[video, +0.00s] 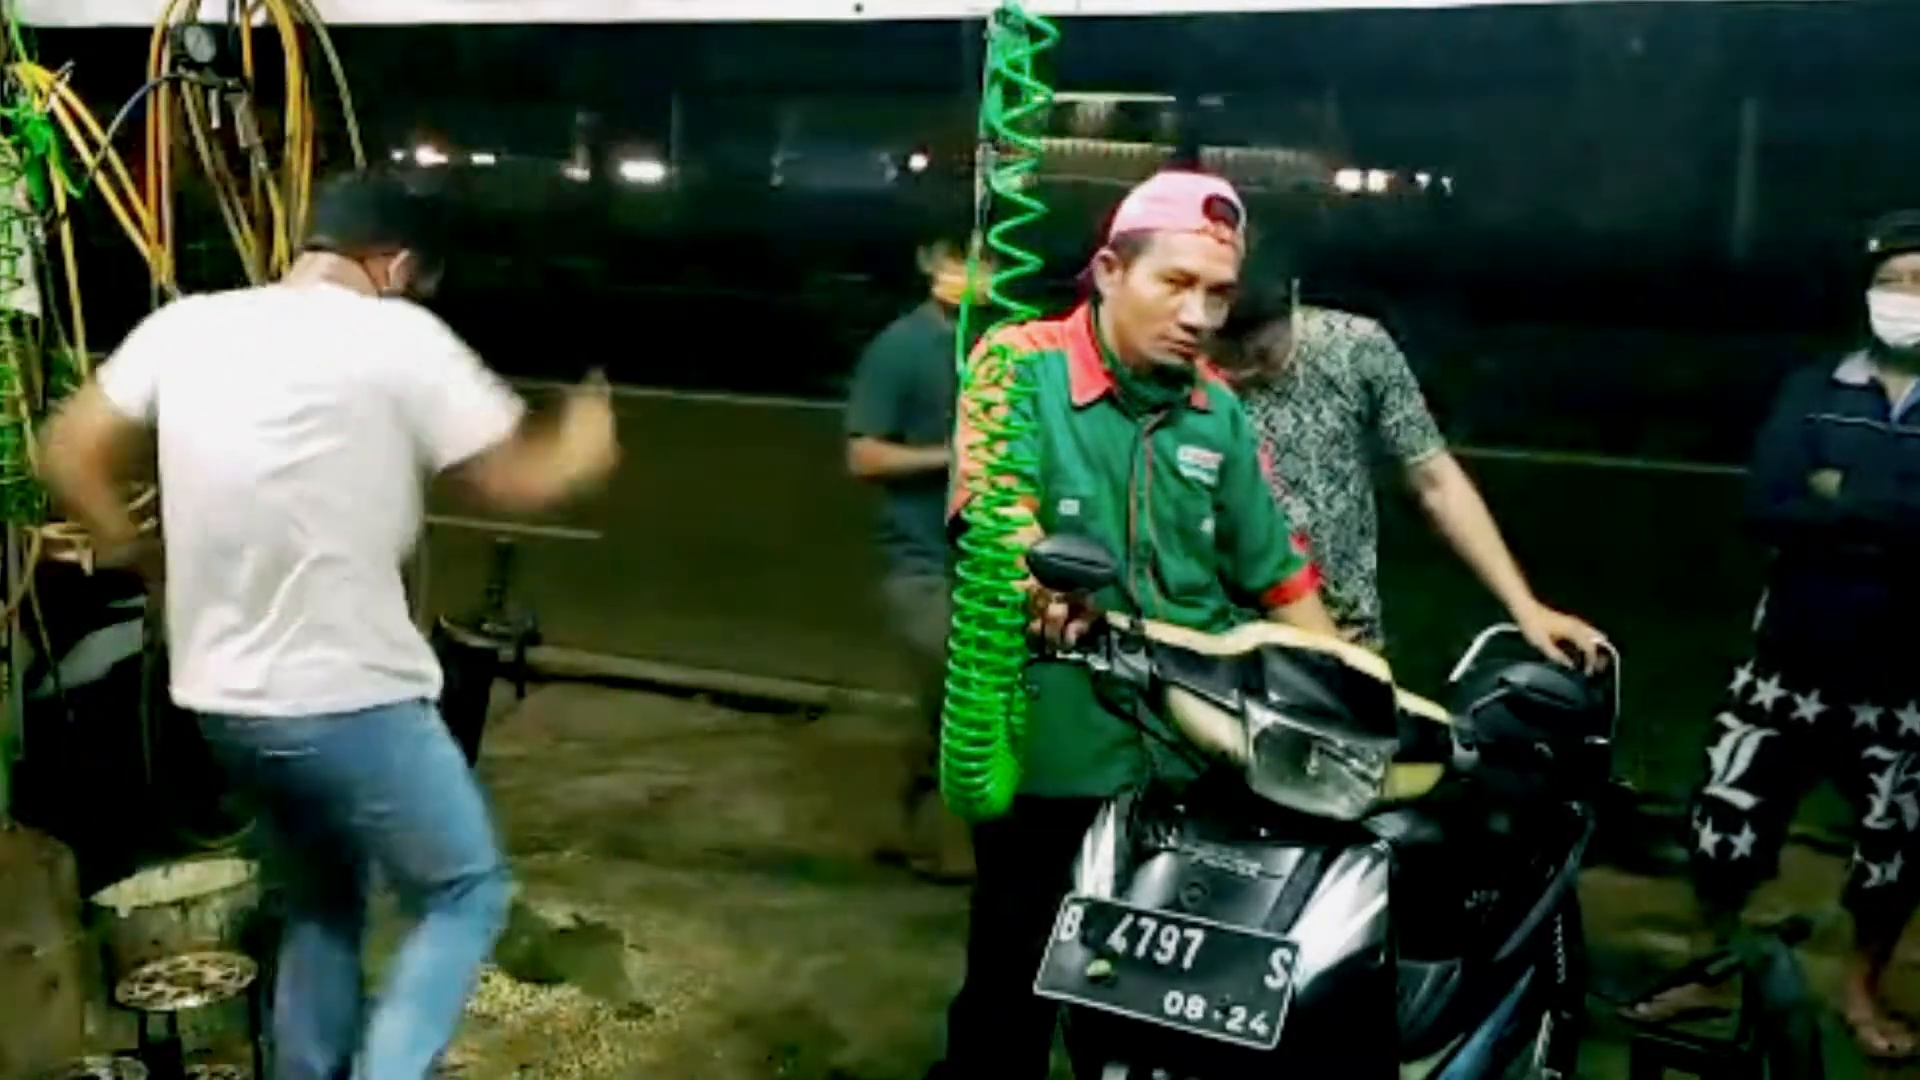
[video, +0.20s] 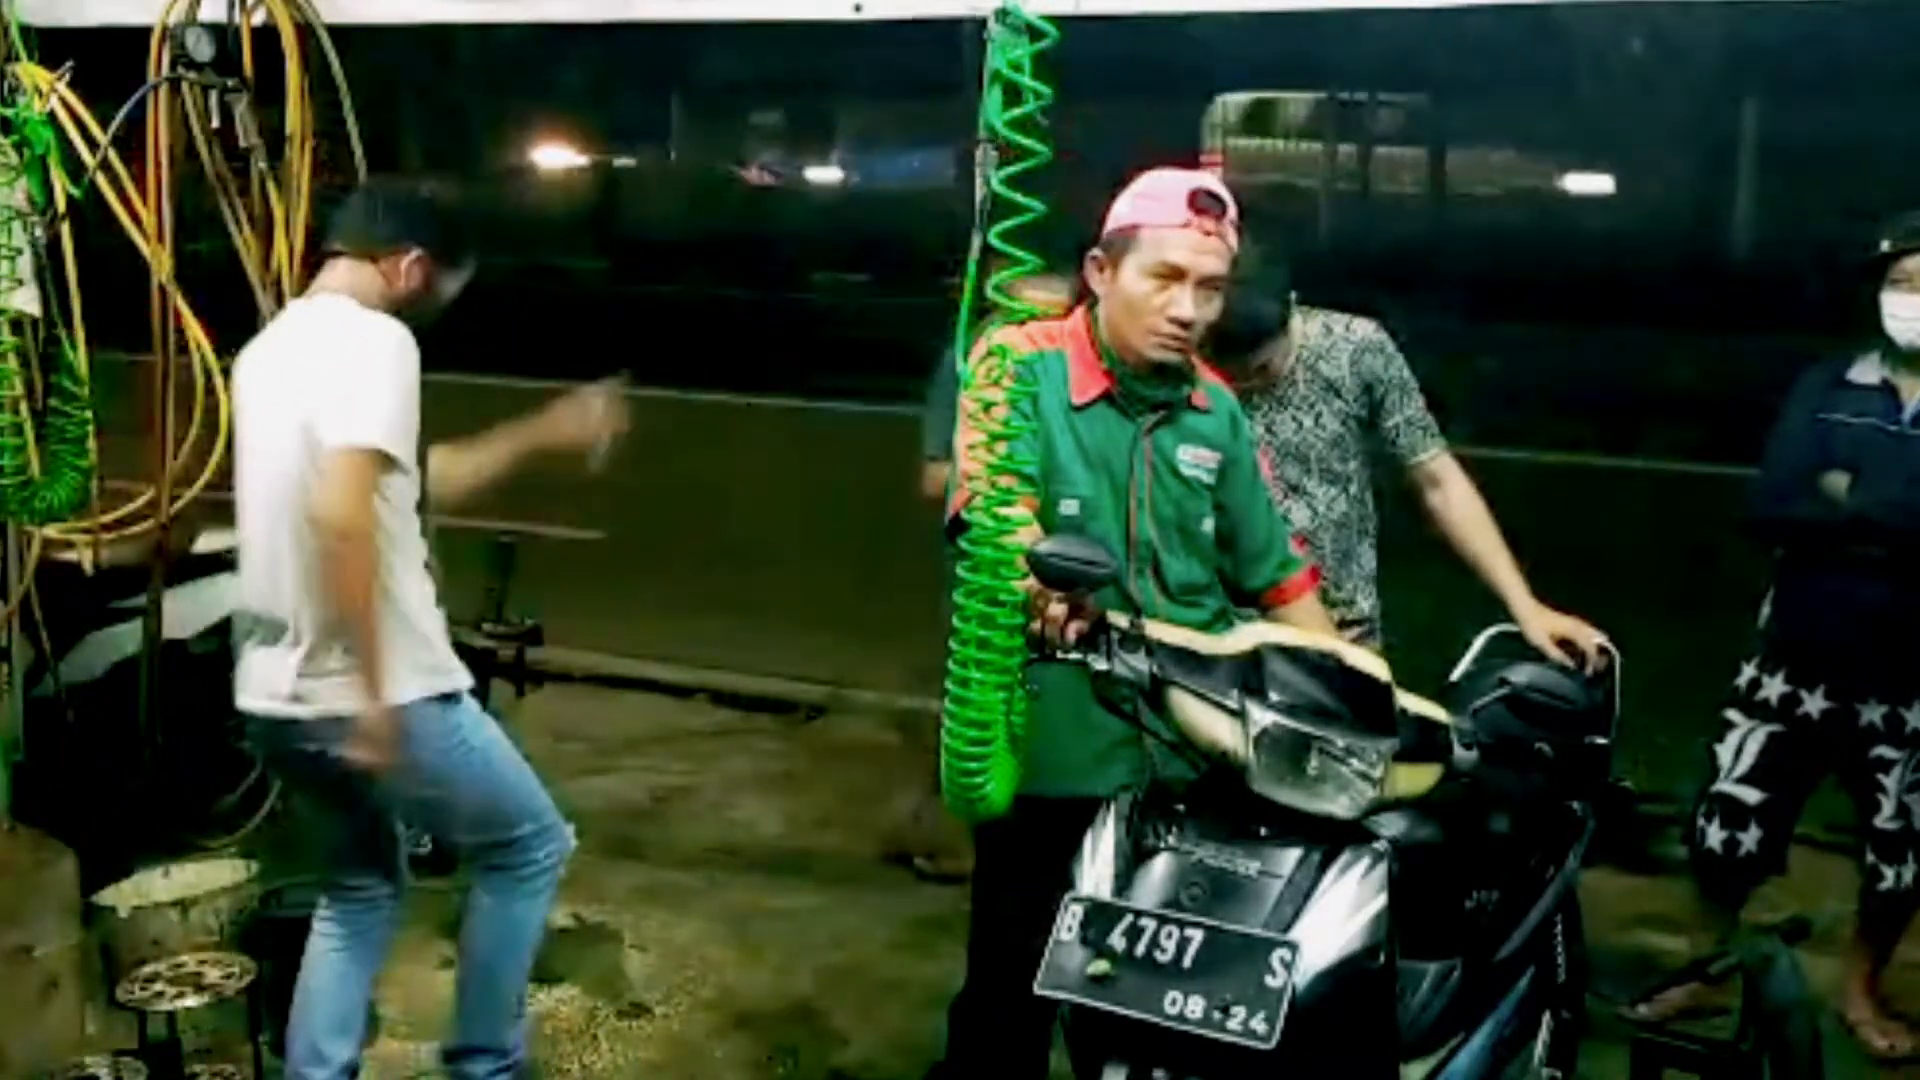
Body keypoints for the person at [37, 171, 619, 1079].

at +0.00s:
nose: (414, 292)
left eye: (415, 278)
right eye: (415, 276)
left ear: (304, 249)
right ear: (390, 261)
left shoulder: (184, 326)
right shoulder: (400, 337)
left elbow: (67, 447)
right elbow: (514, 484)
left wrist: (135, 546)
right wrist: (580, 442)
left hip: (220, 698)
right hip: (351, 698)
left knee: (317, 905)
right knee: (465, 889)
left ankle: (305, 1069)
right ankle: (385, 1067)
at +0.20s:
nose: (435, 296)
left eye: (442, 280)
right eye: (439, 277)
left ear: (333, 251)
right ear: (408, 261)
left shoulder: (266, 351)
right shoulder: (375, 341)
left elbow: (409, 482)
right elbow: (340, 511)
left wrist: (540, 431)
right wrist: (375, 689)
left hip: (285, 696)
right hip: (391, 693)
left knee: (359, 891)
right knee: (528, 845)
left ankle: (314, 1070)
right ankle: (486, 1061)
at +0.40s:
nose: (500, 282)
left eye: (508, 264)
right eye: (490, 258)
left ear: (419, 244)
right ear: (420, 234)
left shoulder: (416, 329)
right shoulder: (374, 317)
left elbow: (539, 369)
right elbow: (274, 444)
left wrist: (611, 303)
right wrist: (311, 616)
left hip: (386, 686)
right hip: (440, 684)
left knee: (387, 880)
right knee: (524, 882)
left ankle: (322, 1067)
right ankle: (512, 1062)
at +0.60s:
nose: (553, 271)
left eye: (566, 251)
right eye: (532, 246)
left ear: (576, 244)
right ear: (463, 235)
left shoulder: (503, 330)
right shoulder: (439, 337)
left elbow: (566, 431)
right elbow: (375, 507)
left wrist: (655, 490)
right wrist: (434, 663)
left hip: (523, 659)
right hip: (492, 672)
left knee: (507, 856)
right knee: (578, 881)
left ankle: (369, 1042)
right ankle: (522, 1060)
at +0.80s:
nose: (585, 280)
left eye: (598, 261)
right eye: (564, 256)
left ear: (607, 261)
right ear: (499, 254)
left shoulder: (524, 355)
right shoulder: (486, 361)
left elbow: (523, 521)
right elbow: (508, 520)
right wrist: (678, 545)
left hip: (560, 666)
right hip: (505, 685)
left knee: (657, 810)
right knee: (607, 888)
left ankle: (543, 975)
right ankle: (527, 1055)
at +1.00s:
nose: (619, 253)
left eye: (632, 235)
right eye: (600, 230)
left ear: (640, 233)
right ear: (540, 227)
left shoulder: (573, 321)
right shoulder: (513, 313)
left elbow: (578, 454)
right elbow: (569, 428)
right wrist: (701, 388)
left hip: (602, 643)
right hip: (542, 657)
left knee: (653, 819)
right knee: (595, 863)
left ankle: (637, 998)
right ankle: (524, 1056)